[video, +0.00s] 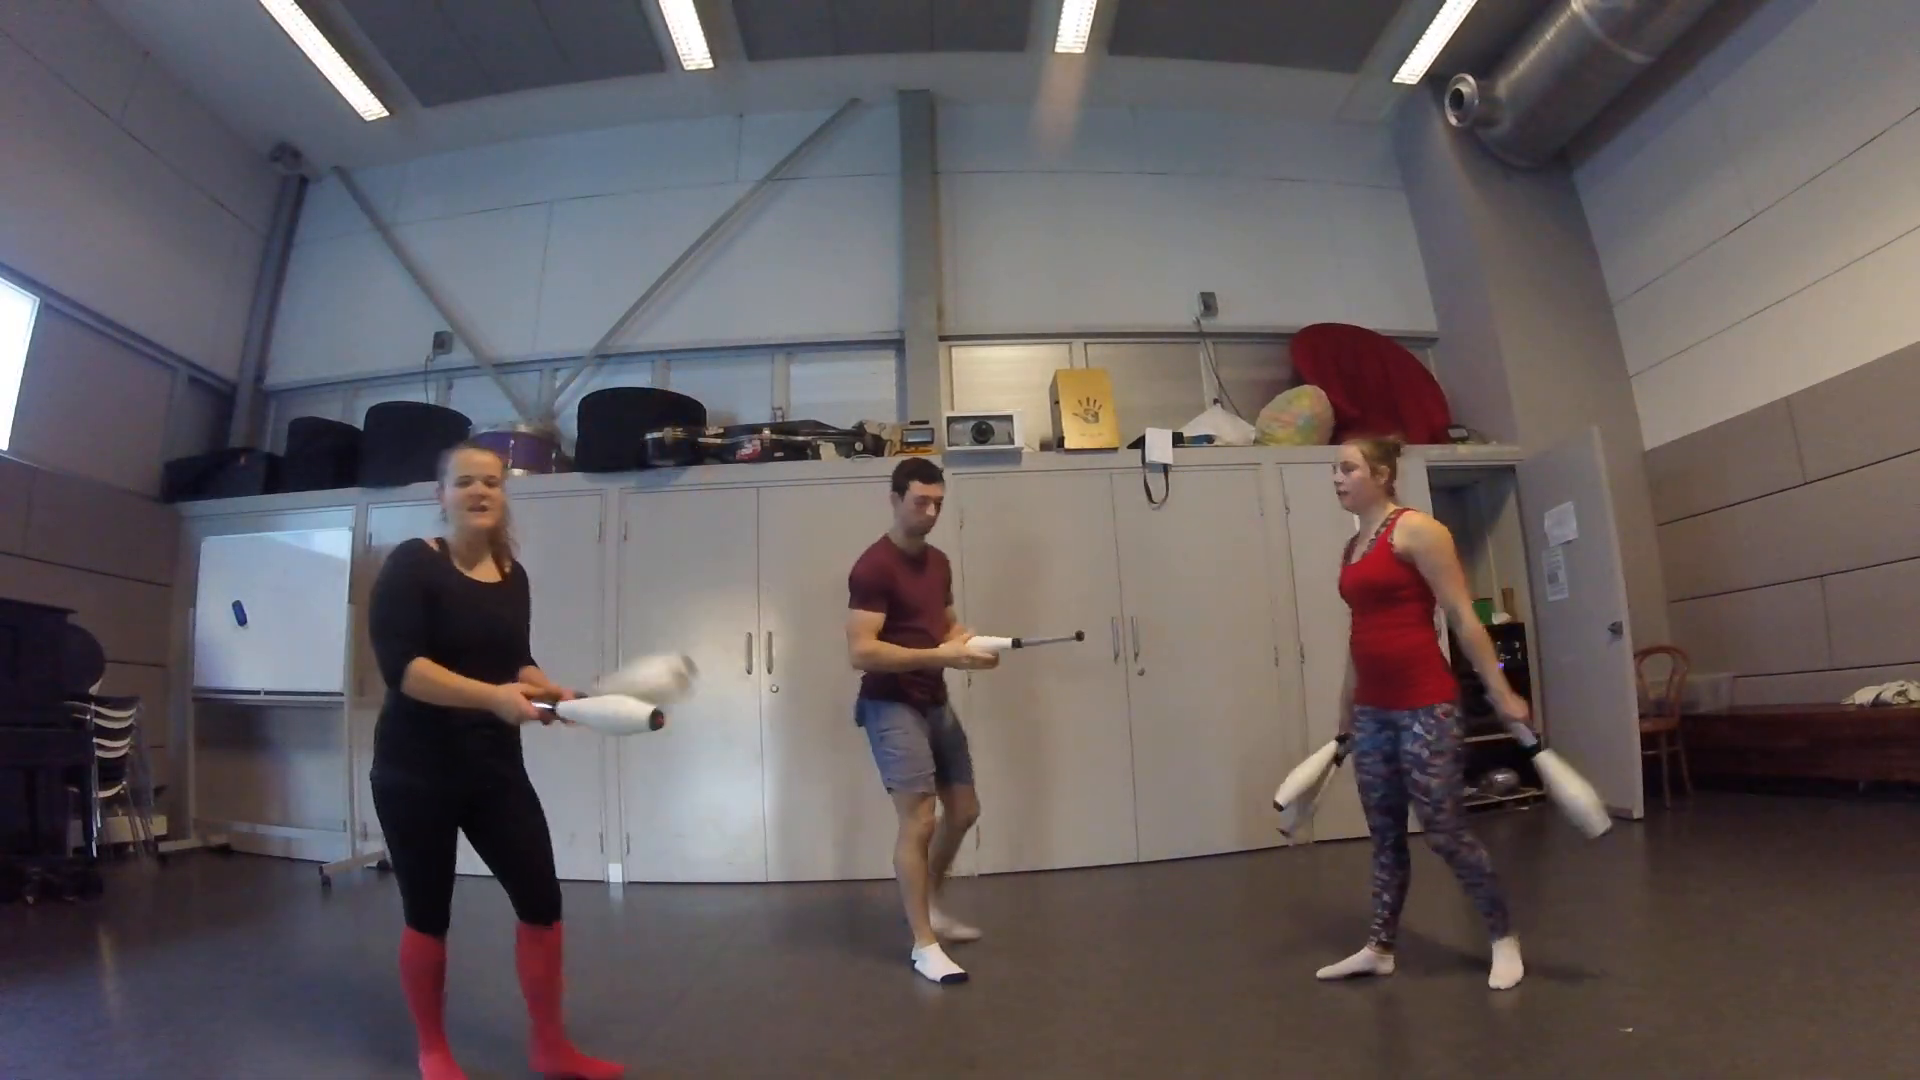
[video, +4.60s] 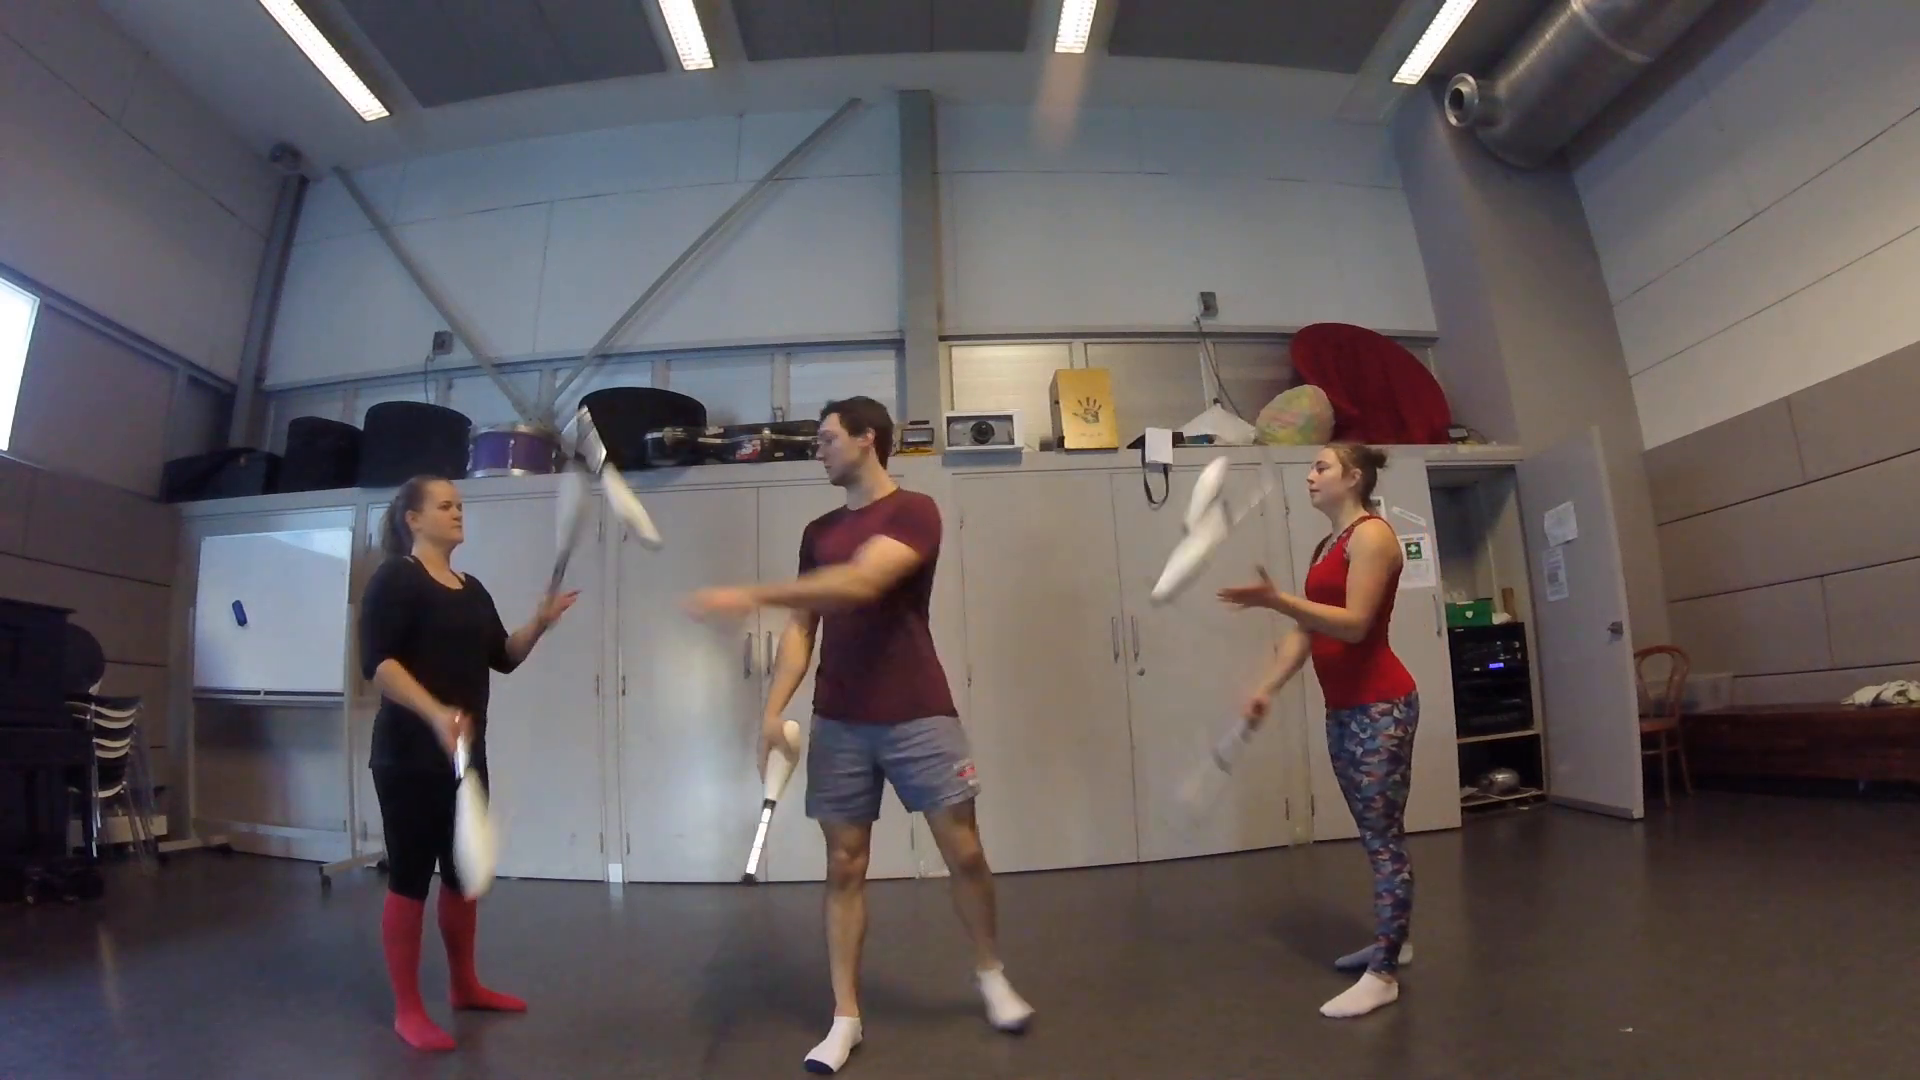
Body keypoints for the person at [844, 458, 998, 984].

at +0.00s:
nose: (930, 511)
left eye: (937, 503)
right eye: (921, 502)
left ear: (941, 505)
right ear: (896, 500)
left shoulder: (937, 562)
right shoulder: (873, 567)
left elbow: (945, 625)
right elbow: (861, 651)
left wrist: (971, 645)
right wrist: (942, 656)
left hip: (932, 700)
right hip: (889, 705)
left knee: (963, 811)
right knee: (918, 820)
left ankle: (927, 902)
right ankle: (923, 944)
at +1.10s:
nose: (925, 509)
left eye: (933, 501)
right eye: (917, 502)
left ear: (948, 510)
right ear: (906, 512)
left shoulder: (971, 567)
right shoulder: (887, 572)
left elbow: (1005, 620)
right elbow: (863, 639)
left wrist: (1007, 681)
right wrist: (845, 699)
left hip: (964, 710)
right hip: (906, 712)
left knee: (975, 814)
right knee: (908, 818)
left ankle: (988, 911)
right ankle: (908, 921)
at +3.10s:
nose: (887, 509)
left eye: (895, 502)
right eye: (878, 502)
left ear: (909, 511)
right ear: (866, 511)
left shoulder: (932, 568)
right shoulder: (849, 576)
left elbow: (956, 634)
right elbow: (837, 648)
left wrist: (973, 698)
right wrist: (830, 720)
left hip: (926, 712)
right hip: (871, 715)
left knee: (920, 815)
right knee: (889, 817)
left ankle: (924, 911)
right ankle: (902, 919)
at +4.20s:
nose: (873, 462)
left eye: (884, 452)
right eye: (872, 454)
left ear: (921, 459)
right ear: (879, 467)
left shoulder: (966, 535)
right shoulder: (862, 544)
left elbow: (997, 619)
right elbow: (844, 631)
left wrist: (1008, 698)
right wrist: (825, 711)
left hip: (954, 722)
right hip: (879, 722)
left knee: (960, 850)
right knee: (871, 854)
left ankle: (968, 980)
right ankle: (867, 1000)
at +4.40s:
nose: (846, 460)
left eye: (856, 449)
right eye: (845, 451)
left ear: (897, 453)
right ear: (878, 457)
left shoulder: (946, 527)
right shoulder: (841, 541)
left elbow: (965, 617)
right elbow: (824, 634)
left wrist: (922, 674)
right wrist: (804, 719)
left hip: (940, 725)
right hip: (861, 725)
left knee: (956, 857)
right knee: (854, 863)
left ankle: (965, 981)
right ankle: (845, 1016)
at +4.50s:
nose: (831, 453)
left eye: (842, 442)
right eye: (832, 443)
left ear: (882, 446)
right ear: (858, 451)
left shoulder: (931, 517)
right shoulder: (827, 535)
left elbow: (923, 607)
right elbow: (813, 632)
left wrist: (837, 638)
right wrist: (786, 716)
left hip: (926, 716)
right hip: (849, 722)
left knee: (964, 855)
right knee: (849, 865)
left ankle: (971, 973)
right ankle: (845, 1015)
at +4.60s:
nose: (818, 451)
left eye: (827, 440)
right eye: (817, 442)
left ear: (868, 442)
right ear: (855, 445)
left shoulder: (915, 511)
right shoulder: (820, 535)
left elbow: (863, 583)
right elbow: (802, 630)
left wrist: (755, 596)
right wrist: (774, 711)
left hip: (917, 714)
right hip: (839, 720)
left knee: (966, 854)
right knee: (844, 866)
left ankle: (990, 971)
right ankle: (845, 1018)